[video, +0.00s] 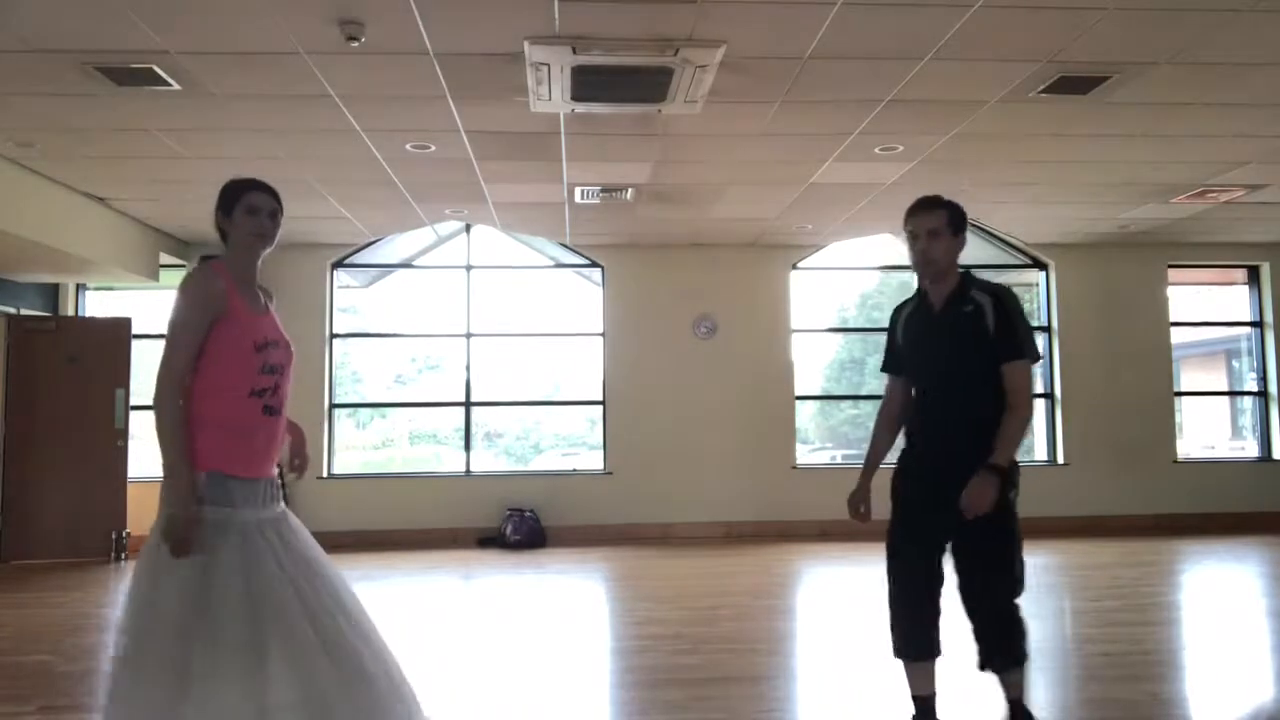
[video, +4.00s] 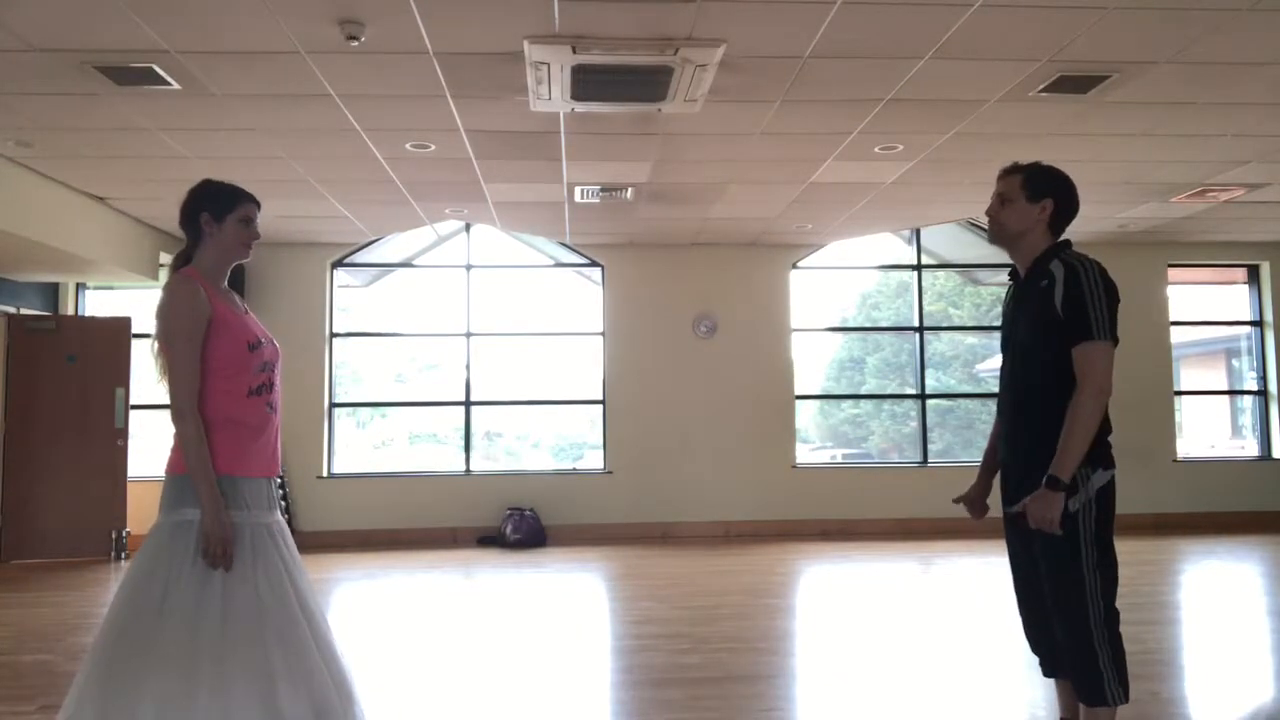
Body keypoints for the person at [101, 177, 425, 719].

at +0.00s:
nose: (265, 223)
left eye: (273, 216)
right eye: (252, 212)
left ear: (279, 229)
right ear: (224, 220)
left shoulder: (262, 297)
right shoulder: (207, 284)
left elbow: (240, 390)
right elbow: (169, 387)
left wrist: (288, 427)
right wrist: (178, 489)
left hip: (261, 498)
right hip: (213, 498)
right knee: (213, 655)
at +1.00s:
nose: (264, 224)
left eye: (270, 215)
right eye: (250, 212)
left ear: (274, 226)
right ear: (220, 219)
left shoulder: (248, 290)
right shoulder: (208, 281)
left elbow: (240, 392)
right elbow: (175, 395)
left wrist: (259, 479)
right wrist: (199, 496)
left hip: (241, 489)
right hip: (205, 489)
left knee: (237, 643)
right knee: (201, 643)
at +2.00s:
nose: (263, 225)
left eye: (261, 215)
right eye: (253, 215)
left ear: (224, 220)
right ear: (218, 218)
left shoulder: (235, 295)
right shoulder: (196, 286)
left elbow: (245, 401)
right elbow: (187, 402)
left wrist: (280, 483)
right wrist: (216, 505)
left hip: (256, 492)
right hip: (221, 493)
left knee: (263, 647)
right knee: (224, 649)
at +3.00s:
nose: (263, 230)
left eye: (263, 220)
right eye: (253, 218)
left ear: (225, 224)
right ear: (215, 220)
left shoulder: (234, 297)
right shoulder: (192, 288)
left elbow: (239, 399)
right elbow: (181, 401)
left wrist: (269, 484)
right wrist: (206, 505)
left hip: (253, 493)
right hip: (218, 494)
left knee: (257, 651)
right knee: (215, 652)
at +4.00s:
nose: (255, 235)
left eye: (256, 226)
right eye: (246, 223)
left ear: (219, 228)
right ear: (208, 223)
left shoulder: (229, 298)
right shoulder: (186, 291)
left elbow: (244, 405)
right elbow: (184, 407)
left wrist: (271, 497)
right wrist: (212, 507)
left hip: (253, 497)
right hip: (216, 498)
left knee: (257, 653)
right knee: (218, 655)